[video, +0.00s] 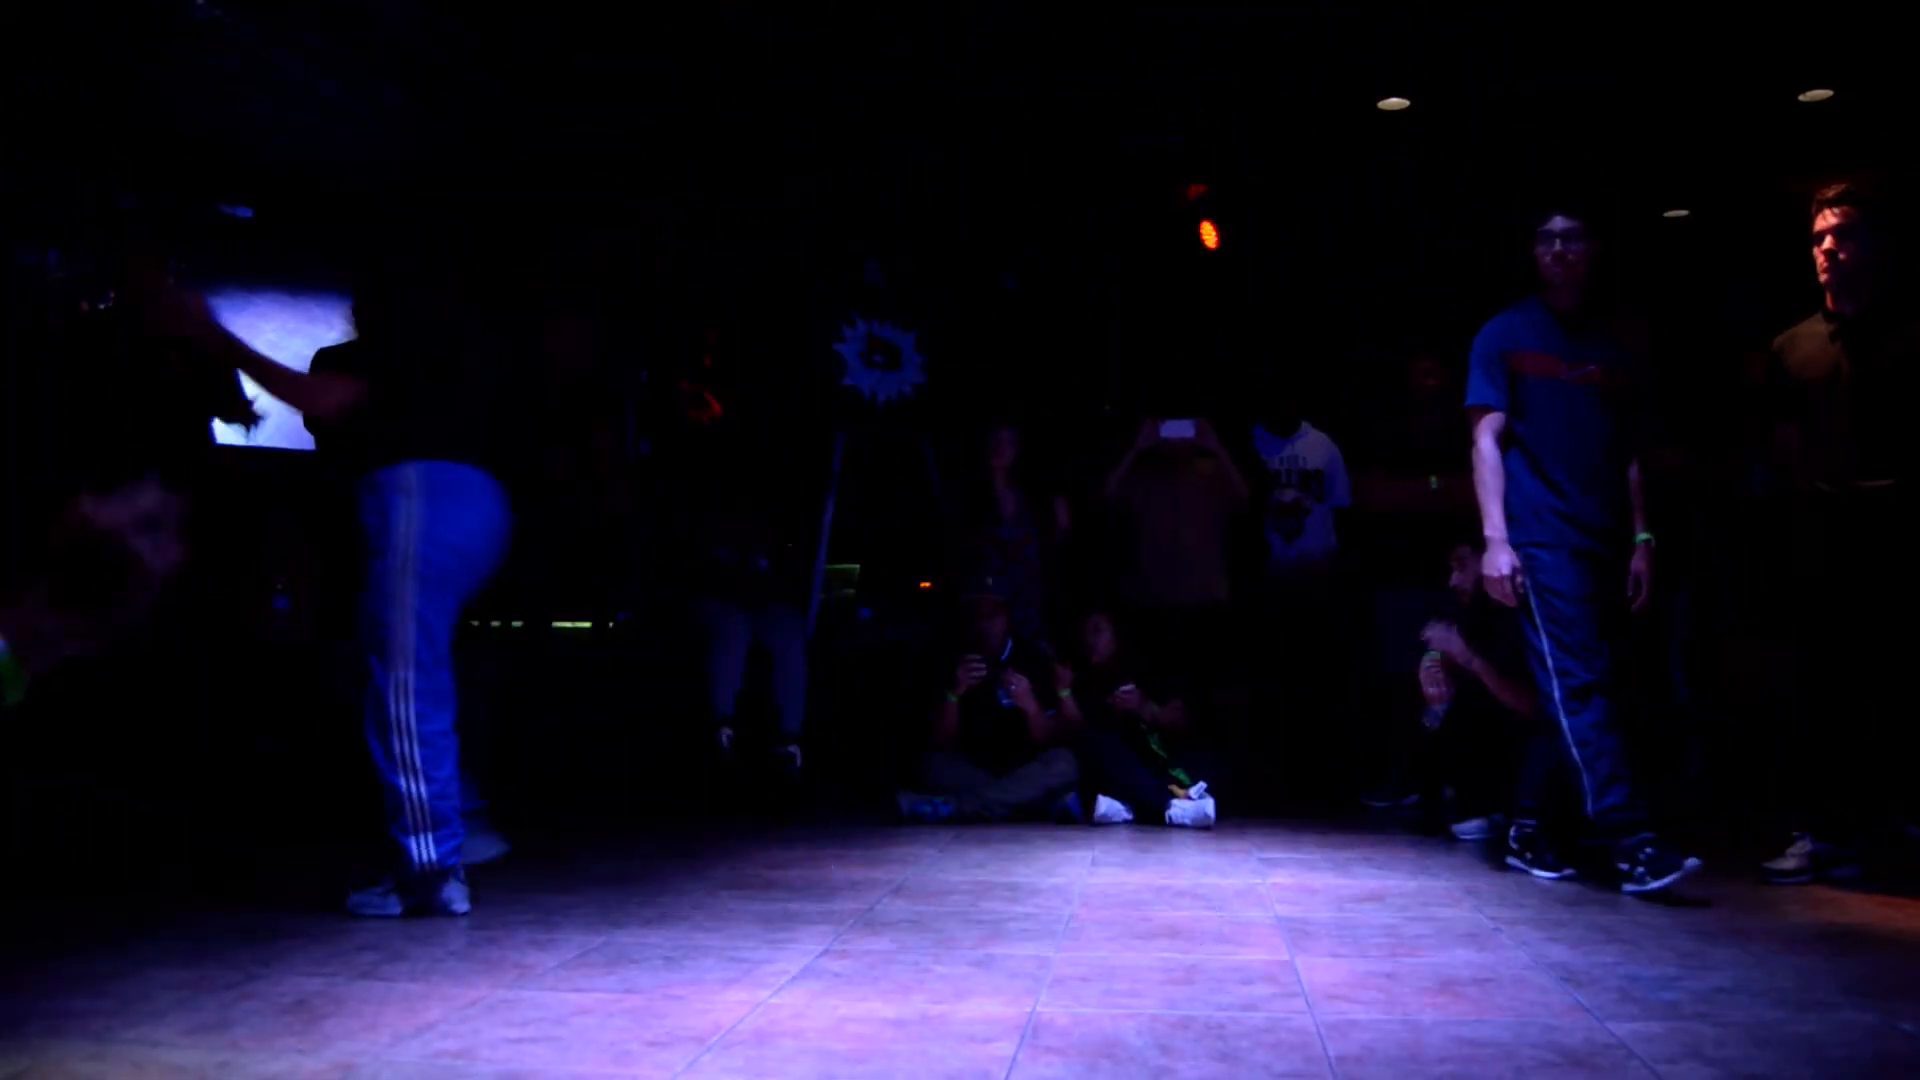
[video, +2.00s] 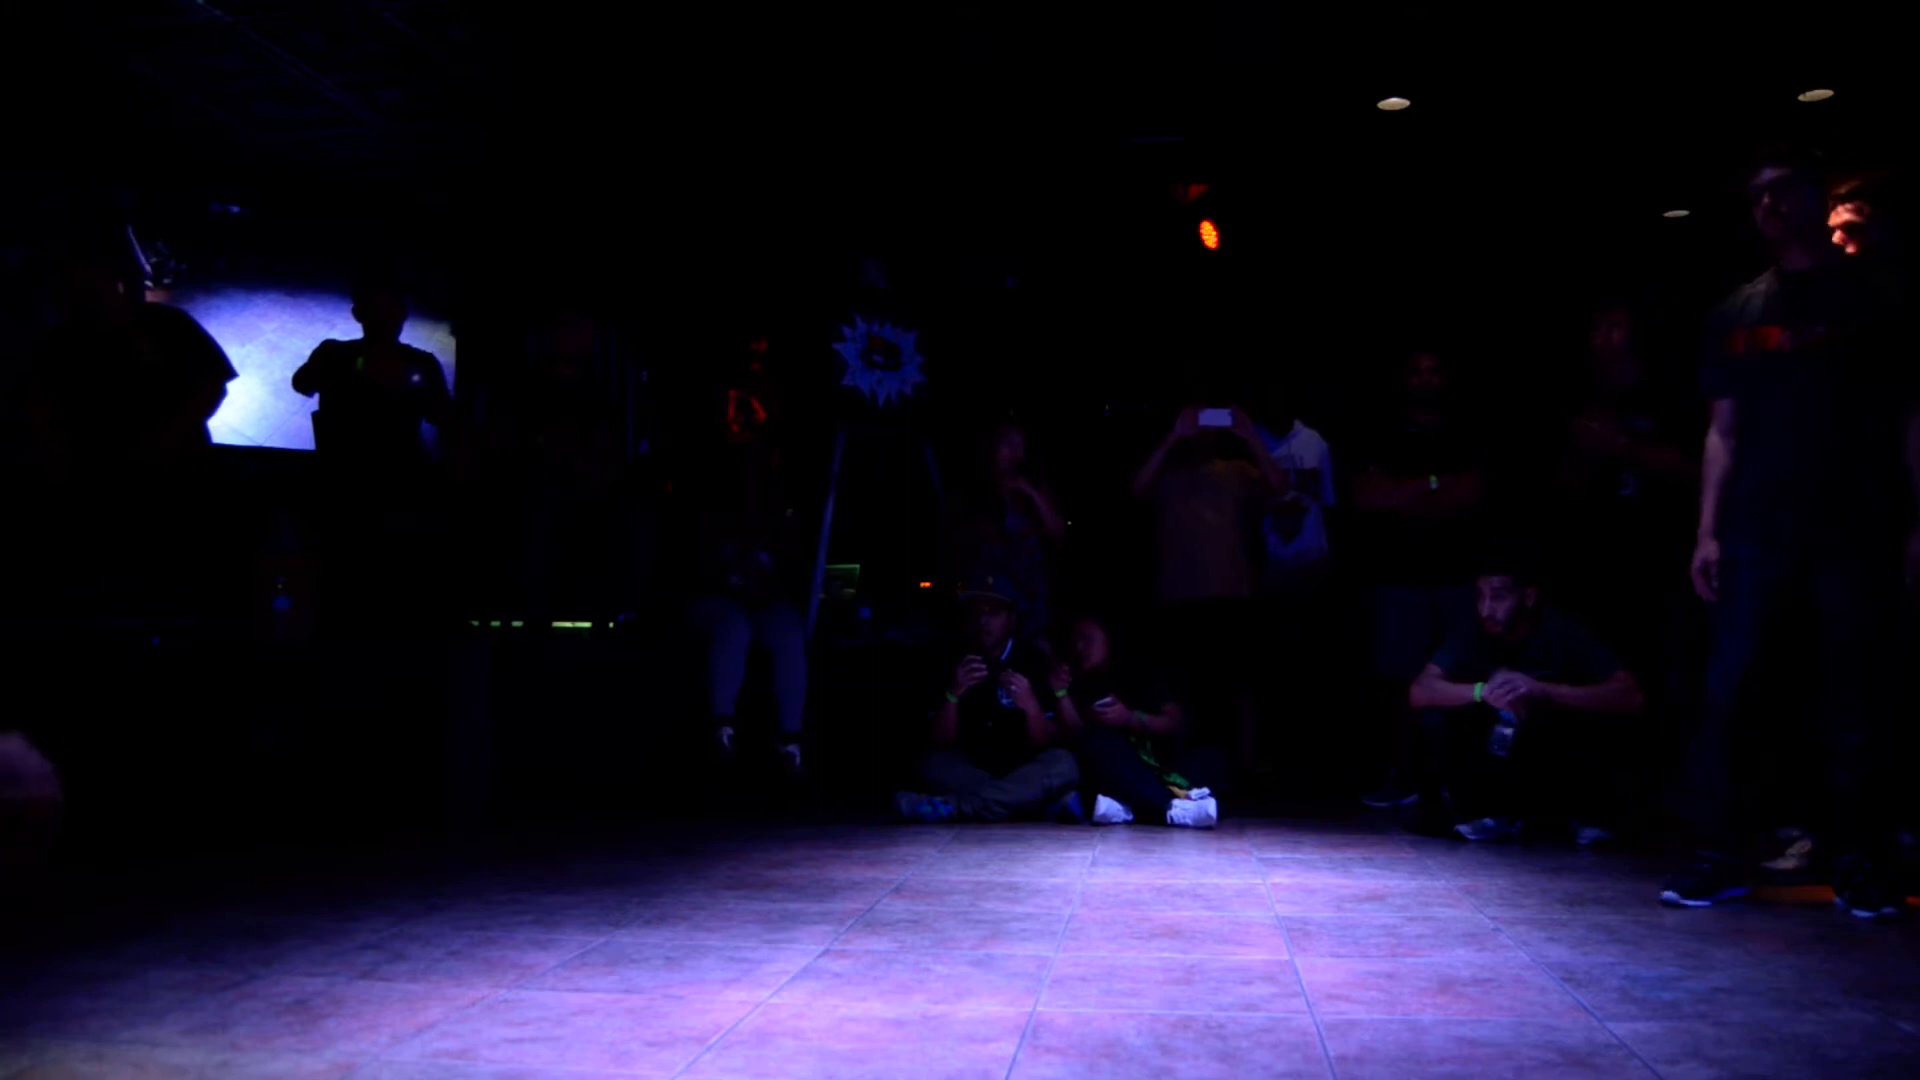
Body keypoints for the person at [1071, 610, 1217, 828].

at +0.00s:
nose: (1095, 640)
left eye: (1101, 632)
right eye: (1090, 633)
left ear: (1116, 636)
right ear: (1083, 639)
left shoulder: (1138, 671)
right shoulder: (1082, 679)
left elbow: (1175, 718)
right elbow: (1076, 728)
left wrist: (1141, 706)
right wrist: (1064, 690)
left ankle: (1128, 807)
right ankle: (1168, 807)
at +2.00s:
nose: (1082, 647)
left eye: (1089, 639)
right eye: (1077, 641)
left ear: (1108, 642)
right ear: (1071, 646)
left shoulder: (1134, 676)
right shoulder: (1078, 683)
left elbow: (1173, 721)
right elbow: (1077, 731)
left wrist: (1129, 718)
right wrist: (1060, 692)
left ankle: (1130, 808)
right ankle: (1170, 807)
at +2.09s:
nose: (1084, 646)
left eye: (1092, 638)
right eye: (1079, 638)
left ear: (1110, 641)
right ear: (1072, 645)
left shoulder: (1135, 677)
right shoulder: (1079, 683)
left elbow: (1174, 722)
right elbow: (1077, 731)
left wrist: (1129, 718)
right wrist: (1061, 693)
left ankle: (1130, 808)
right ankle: (1170, 808)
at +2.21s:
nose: (1090, 644)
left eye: (1097, 635)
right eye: (1085, 636)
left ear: (1114, 639)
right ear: (1077, 643)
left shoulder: (1139, 676)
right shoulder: (1080, 682)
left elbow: (1176, 722)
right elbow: (1077, 732)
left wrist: (1132, 718)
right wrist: (1063, 694)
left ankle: (1130, 808)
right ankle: (1171, 807)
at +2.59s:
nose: (1105, 641)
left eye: (1113, 633)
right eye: (1101, 634)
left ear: (1129, 637)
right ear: (1094, 638)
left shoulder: (1150, 675)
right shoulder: (1089, 679)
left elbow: (1185, 723)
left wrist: (1146, 717)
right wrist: (1071, 710)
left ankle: (1129, 807)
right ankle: (1168, 807)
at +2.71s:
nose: (1111, 641)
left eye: (1119, 633)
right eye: (1105, 634)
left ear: (1134, 639)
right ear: (1096, 639)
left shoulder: (1152, 677)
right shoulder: (1088, 679)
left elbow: (1188, 726)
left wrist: (1152, 717)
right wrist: (1075, 712)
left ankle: (1129, 808)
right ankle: (1168, 809)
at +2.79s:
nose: (1113, 642)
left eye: (1122, 634)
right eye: (1108, 634)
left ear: (1138, 640)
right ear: (1099, 639)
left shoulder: (1155, 677)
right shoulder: (1091, 679)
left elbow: (1190, 728)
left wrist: (1154, 719)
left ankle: (1129, 809)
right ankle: (1166, 810)